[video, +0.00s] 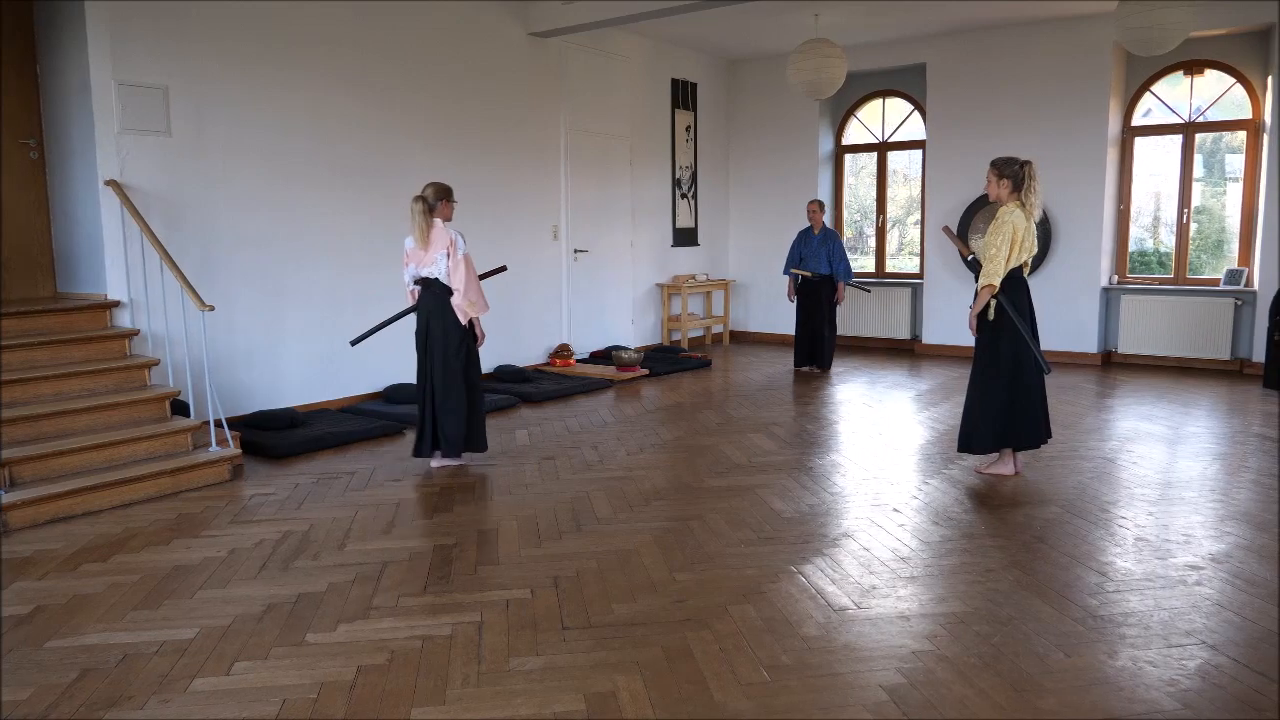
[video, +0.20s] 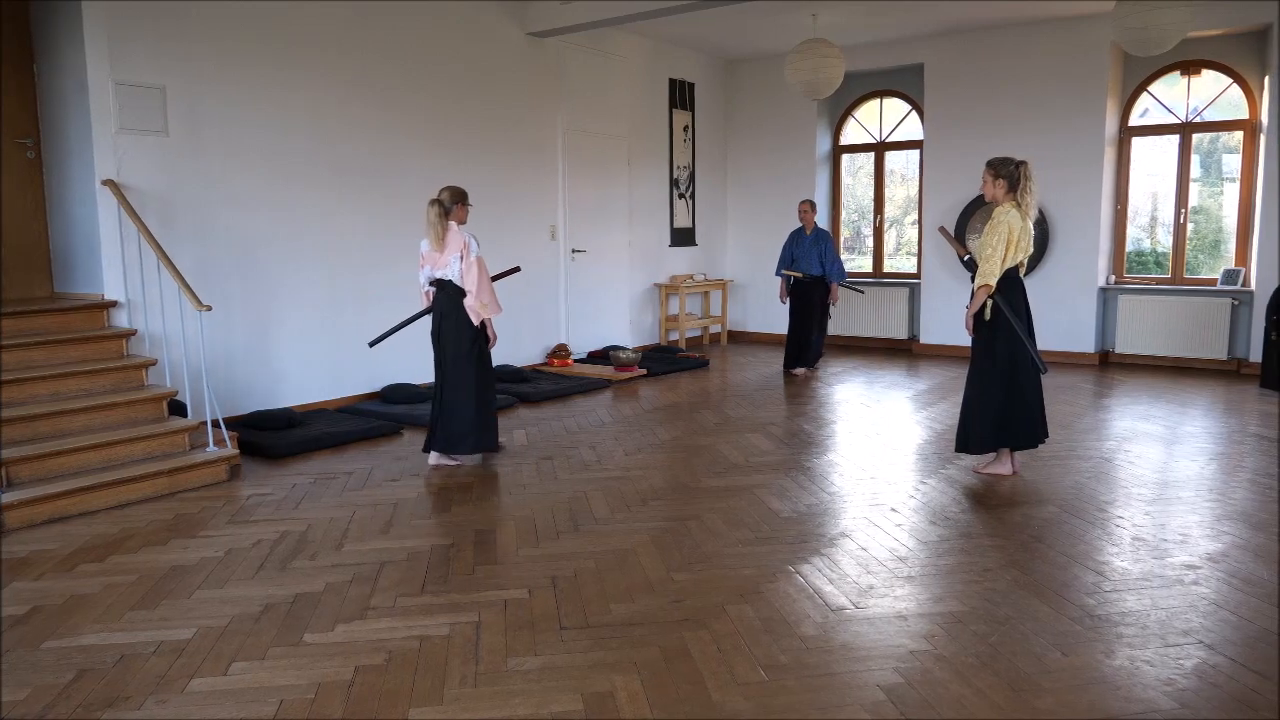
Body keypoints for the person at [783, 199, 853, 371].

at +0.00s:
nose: (810, 215)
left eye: (814, 212)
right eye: (808, 212)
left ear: (822, 213)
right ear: (806, 214)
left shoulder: (832, 236)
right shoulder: (802, 235)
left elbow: (840, 263)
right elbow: (793, 261)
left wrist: (841, 289)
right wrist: (791, 284)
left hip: (825, 283)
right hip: (805, 283)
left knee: (824, 324)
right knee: (805, 323)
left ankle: (823, 363)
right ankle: (805, 362)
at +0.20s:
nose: (802, 215)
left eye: (805, 212)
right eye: (800, 212)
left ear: (814, 213)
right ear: (798, 214)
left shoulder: (824, 236)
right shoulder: (794, 236)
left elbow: (832, 263)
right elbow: (785, 261)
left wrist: (834, 288)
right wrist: (783, 285)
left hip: (818, 284)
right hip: (798, 283)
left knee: (814, 324)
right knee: (797, 323)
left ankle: (805, 364)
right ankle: (795, 362)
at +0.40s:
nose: (794, 215)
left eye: (797, 212)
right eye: (792, 212)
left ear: (807, 213)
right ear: (790, 214)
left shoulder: (817, 236)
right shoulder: (786, 236)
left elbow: (825, 264)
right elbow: (777, 262)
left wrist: (826, 288)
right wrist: (775, 286)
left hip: (810, 284)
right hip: (790, 283)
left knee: (806, 324)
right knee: (788, 324)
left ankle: (803, 365)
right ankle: (786, 364)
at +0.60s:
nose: (786, 214)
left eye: (790, 211)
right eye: (785, 211)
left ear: (799, 213)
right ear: (783, 213)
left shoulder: (809, 236)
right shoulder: (778, 236)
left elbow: (817, 264)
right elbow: (770, 262)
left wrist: (817, 288)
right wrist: (767, 286)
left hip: (802, 285)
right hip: (781, 284)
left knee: (800, 326)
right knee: (779, 325)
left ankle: (797, 367)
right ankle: (780, 366)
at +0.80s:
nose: (777, 215)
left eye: (780, 211)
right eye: (775, 212)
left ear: (789, 213)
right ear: (773, 214)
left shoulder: (799, 236)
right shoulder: (769, 236)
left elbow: (808, 265)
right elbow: (760, 264)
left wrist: (806, 291)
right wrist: (757, 288)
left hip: (792, 287)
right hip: (771, 286)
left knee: (793, 328)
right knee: (765, 326)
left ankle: (794, 369)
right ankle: (761, 368)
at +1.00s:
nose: (763, 214)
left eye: (767, 211)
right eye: (762, 211)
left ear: (776, 213)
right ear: (760, 213)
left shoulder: (786, 236)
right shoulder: (755, 236)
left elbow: (796, 265)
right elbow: (747, 264)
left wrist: (794, 291)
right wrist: (744, 289)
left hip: (780, 287)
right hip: (758, 287)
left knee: (781, 329)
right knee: (756, 329)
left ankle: (786, 370)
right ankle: (756, 371)